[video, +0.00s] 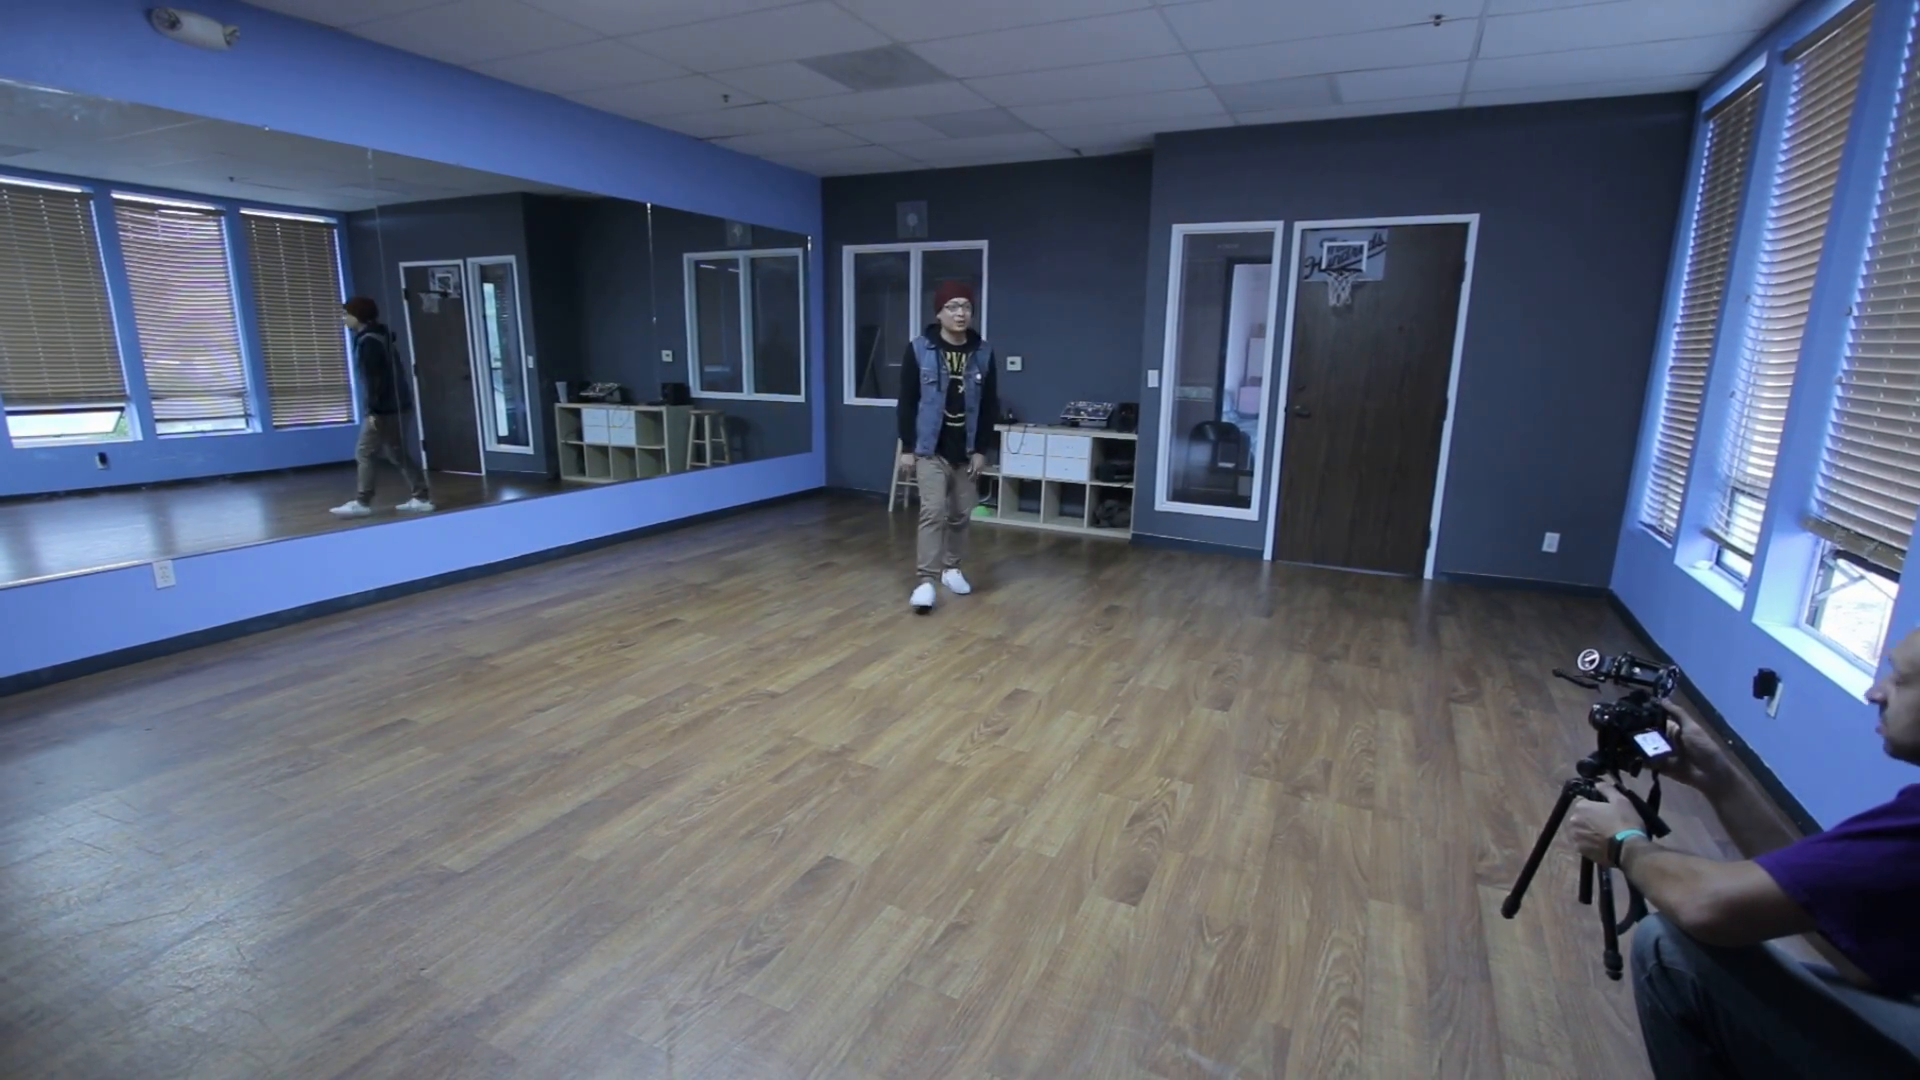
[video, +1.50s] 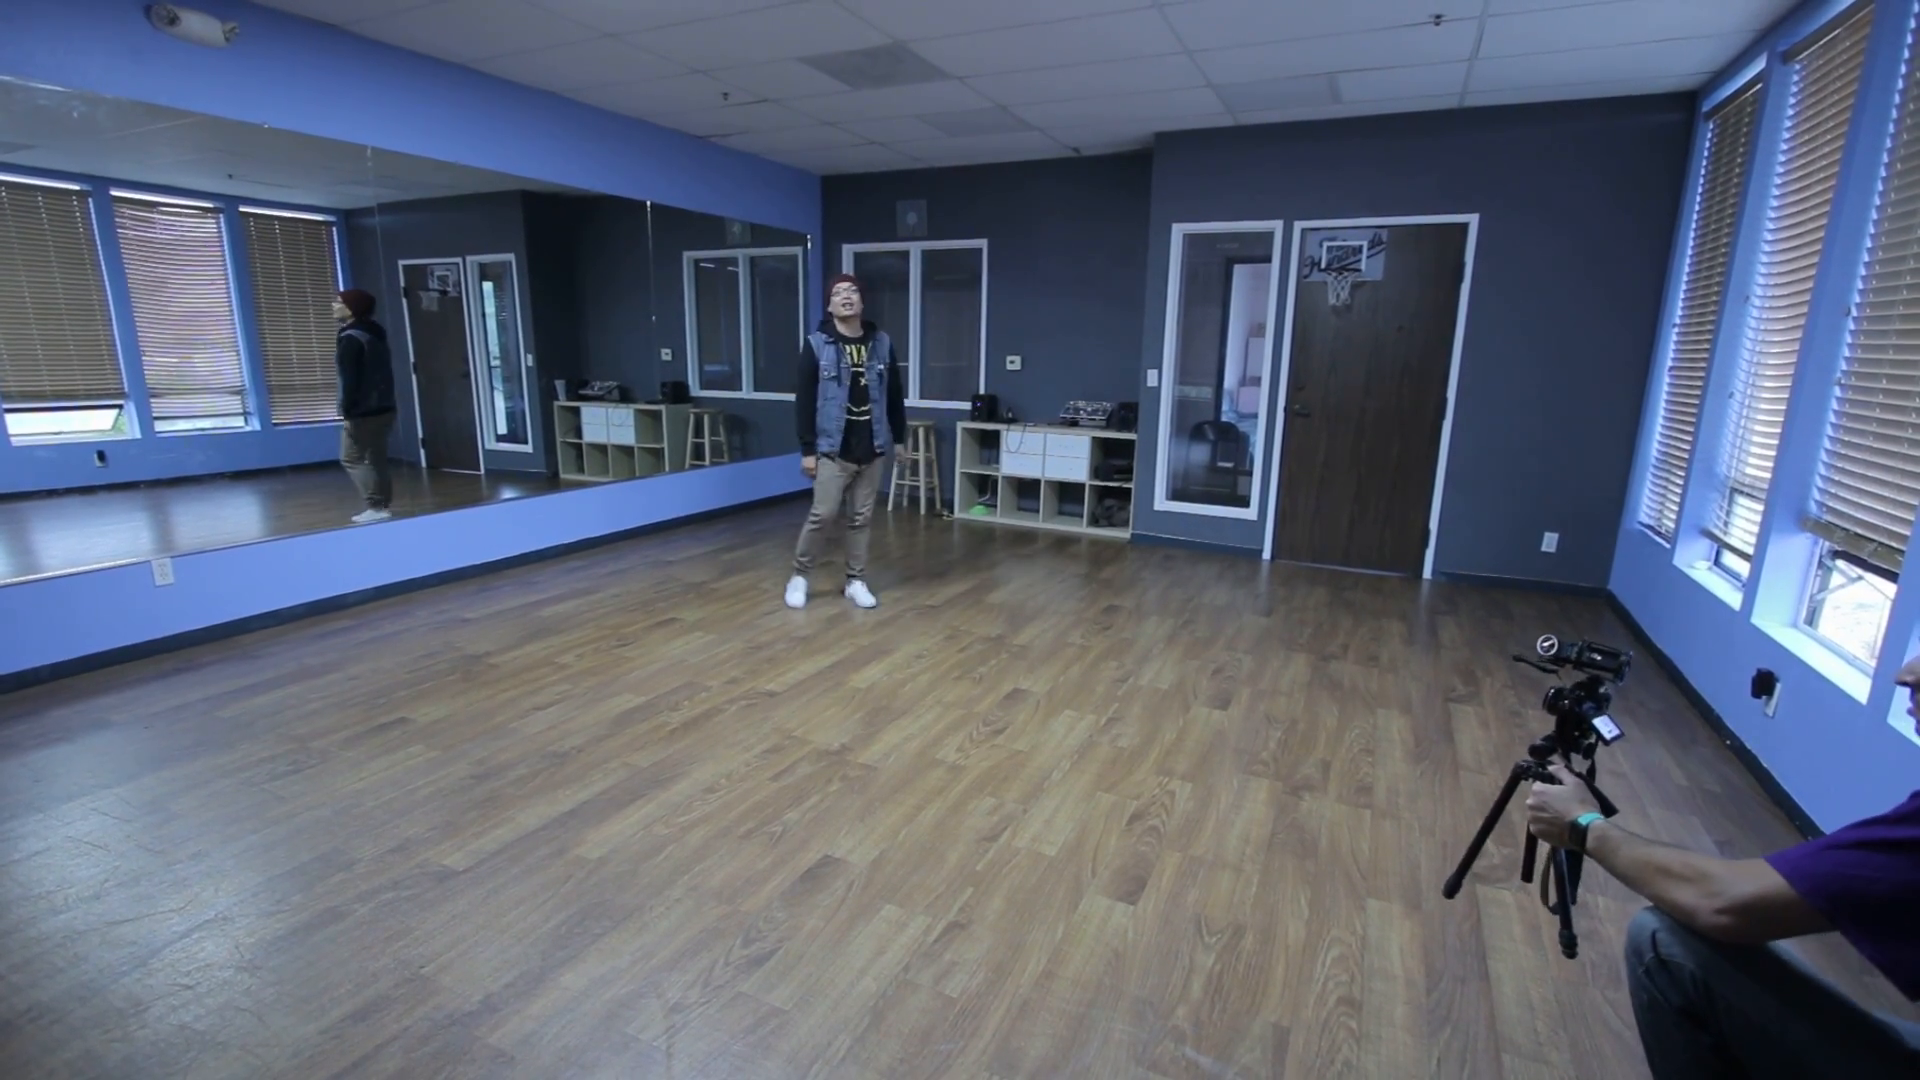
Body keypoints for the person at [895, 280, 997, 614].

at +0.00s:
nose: (960, 313)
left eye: (966, 308)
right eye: (953, 307)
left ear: (972, 314)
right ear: (939, 313)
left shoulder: (983, 354)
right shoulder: (919, 349)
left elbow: (989, 405)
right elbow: (907, 400)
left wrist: (983, 449)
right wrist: (907, 447)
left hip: (967, 450)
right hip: (930, 447)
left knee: (960, 515)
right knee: (933, 513)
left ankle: (951, 568)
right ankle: (927, 579)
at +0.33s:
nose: (939, 322)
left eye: (945, 316)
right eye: (931, 316)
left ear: (951, 321)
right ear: (916, 321)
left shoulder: (960, 360)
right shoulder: (895, 361)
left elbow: (975, 410)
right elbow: (885, 418)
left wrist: (988, 453)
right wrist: (893, 466)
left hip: (948, 458)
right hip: (909, 460)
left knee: (946, 517)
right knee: (906, 524)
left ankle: (950, 567)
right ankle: (908, 593)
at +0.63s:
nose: (921, 334)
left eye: (926, 327)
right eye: (912, 327)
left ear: (934, 331)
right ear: (896, 332)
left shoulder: (941, 367)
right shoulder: (876, 369)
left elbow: (947, 423)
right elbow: (868, 428)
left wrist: (938, 469)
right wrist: (876, 482)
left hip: (923, 462)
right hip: (888, 463)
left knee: (920, 518)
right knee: (892, 525)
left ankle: (920, 566)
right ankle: (905, 592)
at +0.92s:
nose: (900, 309)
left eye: (905, 302)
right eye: (891, 303)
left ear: (913, 309)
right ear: (877, 311)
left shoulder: (925, 349)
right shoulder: (859, 350)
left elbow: (931, 402)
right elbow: (847, 408)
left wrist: (911, 440)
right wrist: (852, 457)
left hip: (909, 447)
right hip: (872, 449)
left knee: (895, 516)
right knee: (888, 518)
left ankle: (864, 569)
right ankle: (904, 589)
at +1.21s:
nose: (868, 298)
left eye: (874, 293)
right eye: (860, 294)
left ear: (883, 303)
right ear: (849, 306)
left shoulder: (900, 346)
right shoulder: (834, 346)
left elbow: (916, 399)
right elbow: (820, 402)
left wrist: (926, 446)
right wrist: (821, 452)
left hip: (889, 446)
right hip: (848, 447)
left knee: (877, 516)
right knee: (863, 513)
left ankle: (856, 579)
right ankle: (882, 586)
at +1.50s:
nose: (846, 297)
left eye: (851, 291)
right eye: (839, 293)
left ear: (862, 300)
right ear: (829, 305)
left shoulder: (882, 343)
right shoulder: (817, 344)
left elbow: (894, 395)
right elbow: (805, 400)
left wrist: (899, 440)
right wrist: (808, 450)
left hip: (873, 446)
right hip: (834, 446)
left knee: (861, 518)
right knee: (822, 514)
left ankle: (855, 580)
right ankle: (800, 576)